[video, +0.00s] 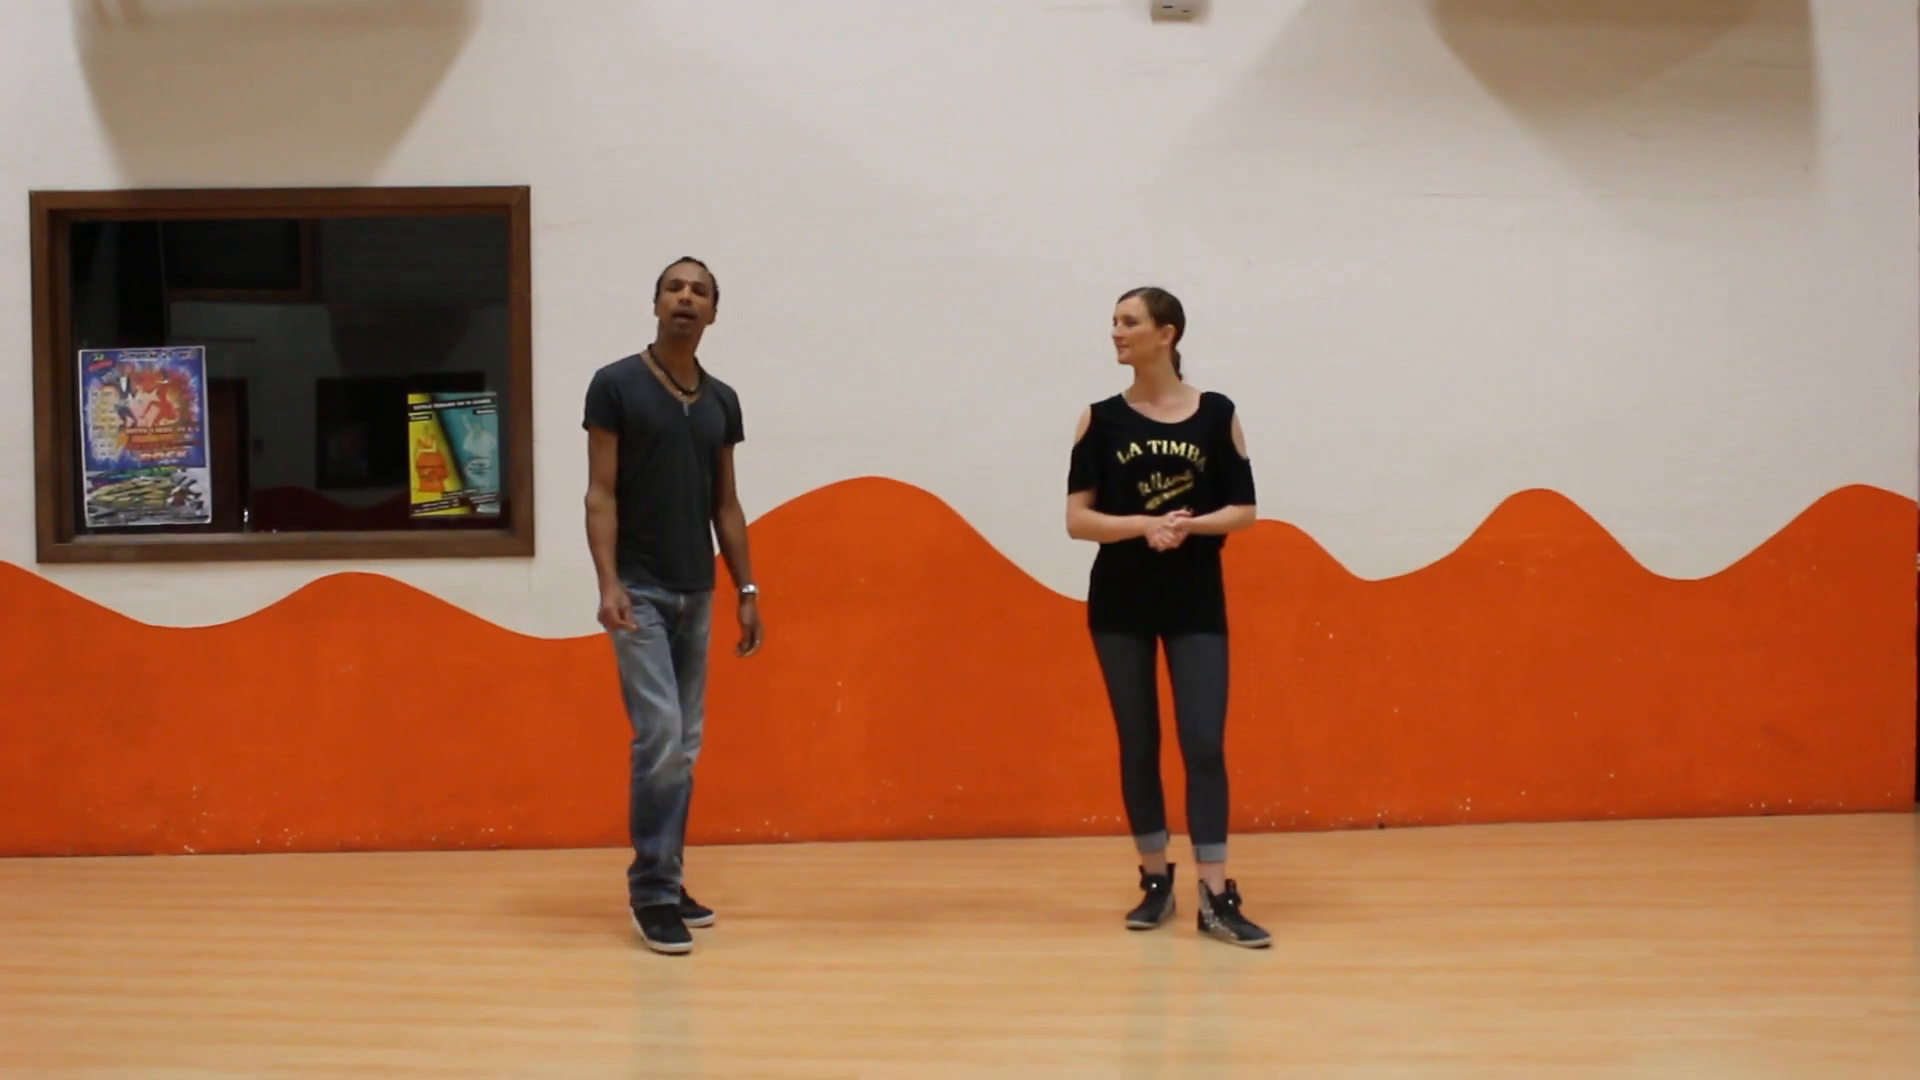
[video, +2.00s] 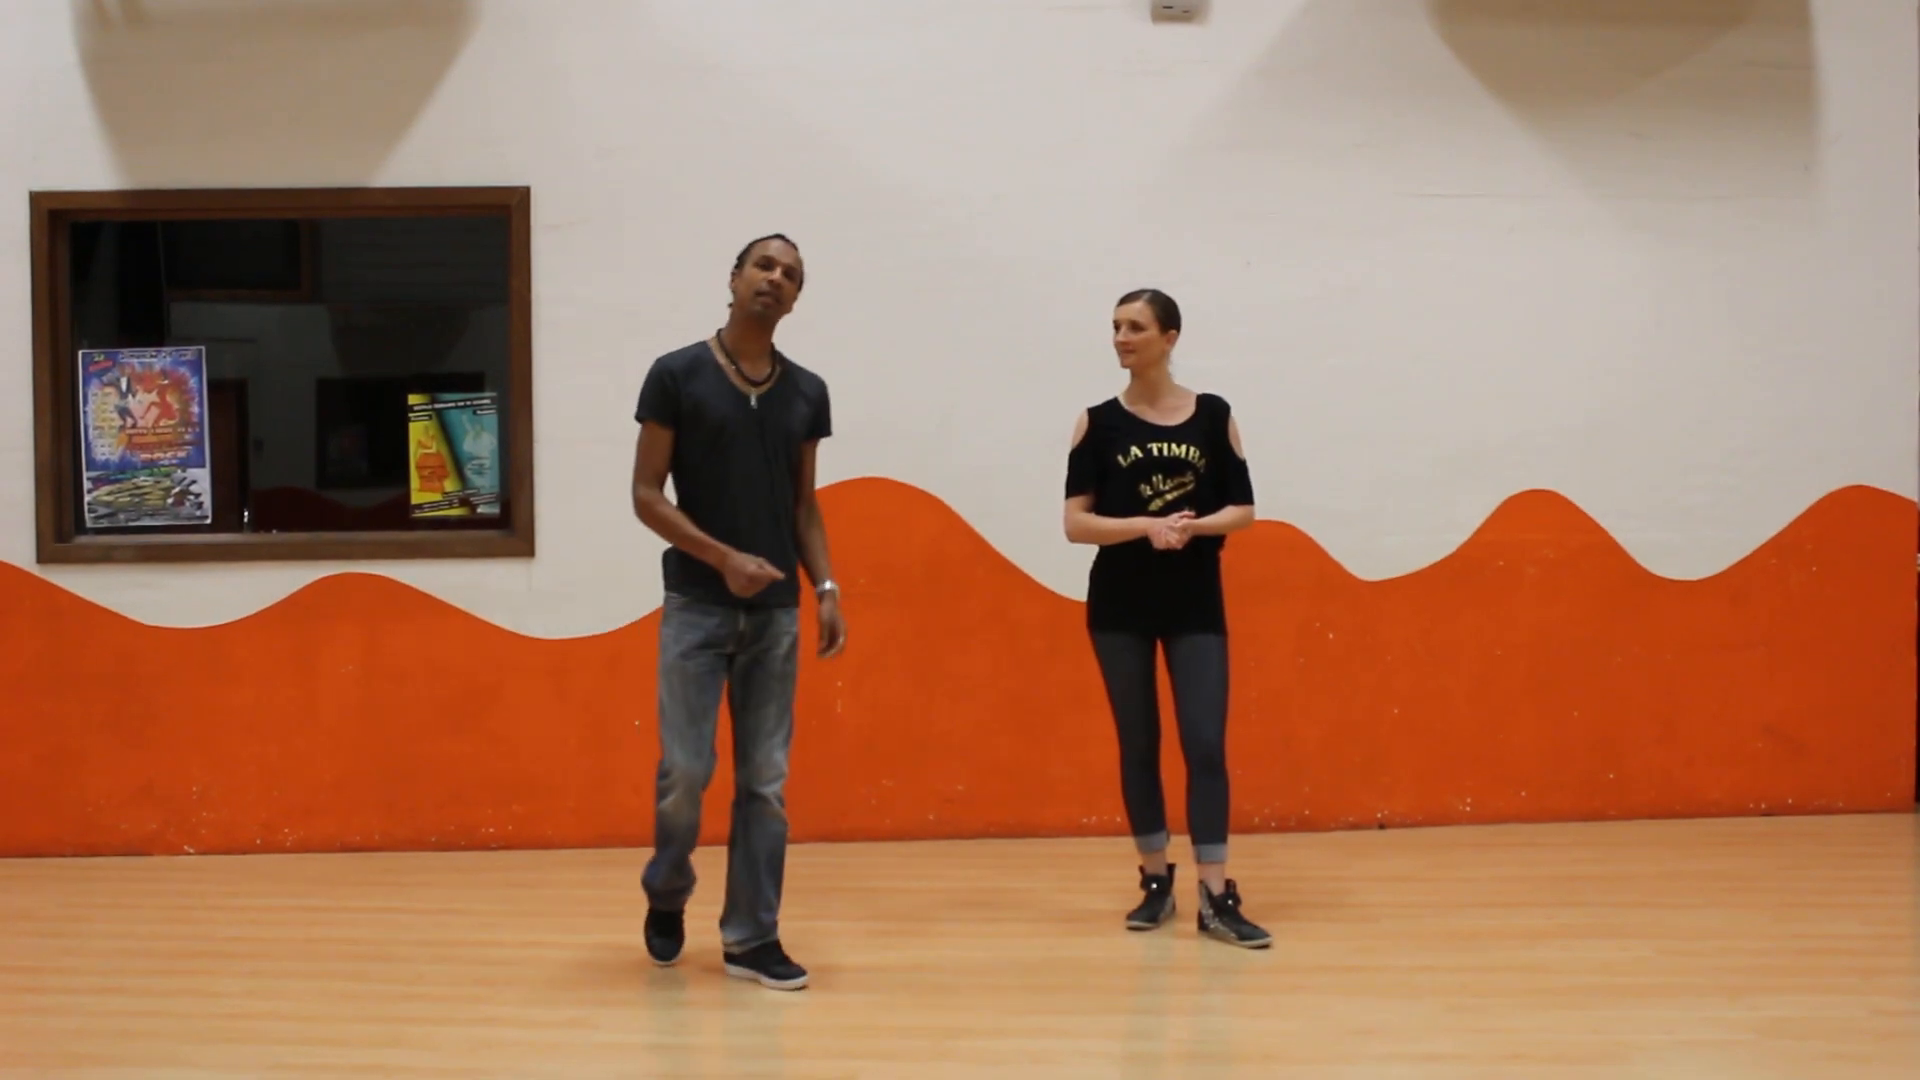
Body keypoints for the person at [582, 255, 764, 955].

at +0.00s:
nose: (685, 298)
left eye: (699, 291)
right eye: (674, 288)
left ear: (714, 312)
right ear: (654, 304)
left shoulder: (720, 401)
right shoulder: (616, 385)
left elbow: (726, 503)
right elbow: (601, 493)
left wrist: (747, 591)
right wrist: (608, 584)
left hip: (695, 589)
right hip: (637, 588)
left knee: (684, 741)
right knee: (661, 734)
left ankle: (665, 881)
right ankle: (653, 891)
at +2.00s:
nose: (776, 279)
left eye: (790, 275)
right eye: (765, 265)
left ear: (796, 301)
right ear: (734, 277)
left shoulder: (805, 391)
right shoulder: (677, 375)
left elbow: (805, 505)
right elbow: (646, 498)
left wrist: (826, 588)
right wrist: (723, 557)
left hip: (774, 607)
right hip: (696, 605)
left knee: (765, 778)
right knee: (687, 772)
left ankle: (753, 937)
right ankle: (667, 895)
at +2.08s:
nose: (776, 279)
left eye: (790, 274)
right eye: (765, 264)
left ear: (799, 299)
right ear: (735, 277)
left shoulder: (811, 390)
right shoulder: (682, 376)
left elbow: (810, 501)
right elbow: (655, 498)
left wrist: (831, 575)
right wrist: (726, 551)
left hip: (778, 606)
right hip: (699, 604)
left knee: (767, 779)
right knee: (689, 771)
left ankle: (753, 938)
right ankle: (675, 897)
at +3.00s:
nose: (728, 281)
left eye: (739, 276)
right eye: (714, 268)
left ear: (744, 301)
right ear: (680, 285)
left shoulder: (751, 389)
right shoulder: (635, 381)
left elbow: (754, 495)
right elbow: (605, 502)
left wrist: (768, 528)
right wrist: (707, 509)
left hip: (729, 605)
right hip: (655, 605)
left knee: (743, 776)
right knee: (643, 771)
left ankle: (751, 938)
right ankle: (615, 911)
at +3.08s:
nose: (712, 285)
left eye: (724, 279)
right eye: (699, 271)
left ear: (730, 303)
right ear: (666, 288)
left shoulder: (740, 392)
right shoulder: (622, 384)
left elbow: (740, 500)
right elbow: (592, 505)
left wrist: (751, 524)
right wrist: (695, 509)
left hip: (714, 607)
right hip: (638, 607)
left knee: (732, 774)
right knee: (633, 773)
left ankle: (751, 937)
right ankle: (619, 916)